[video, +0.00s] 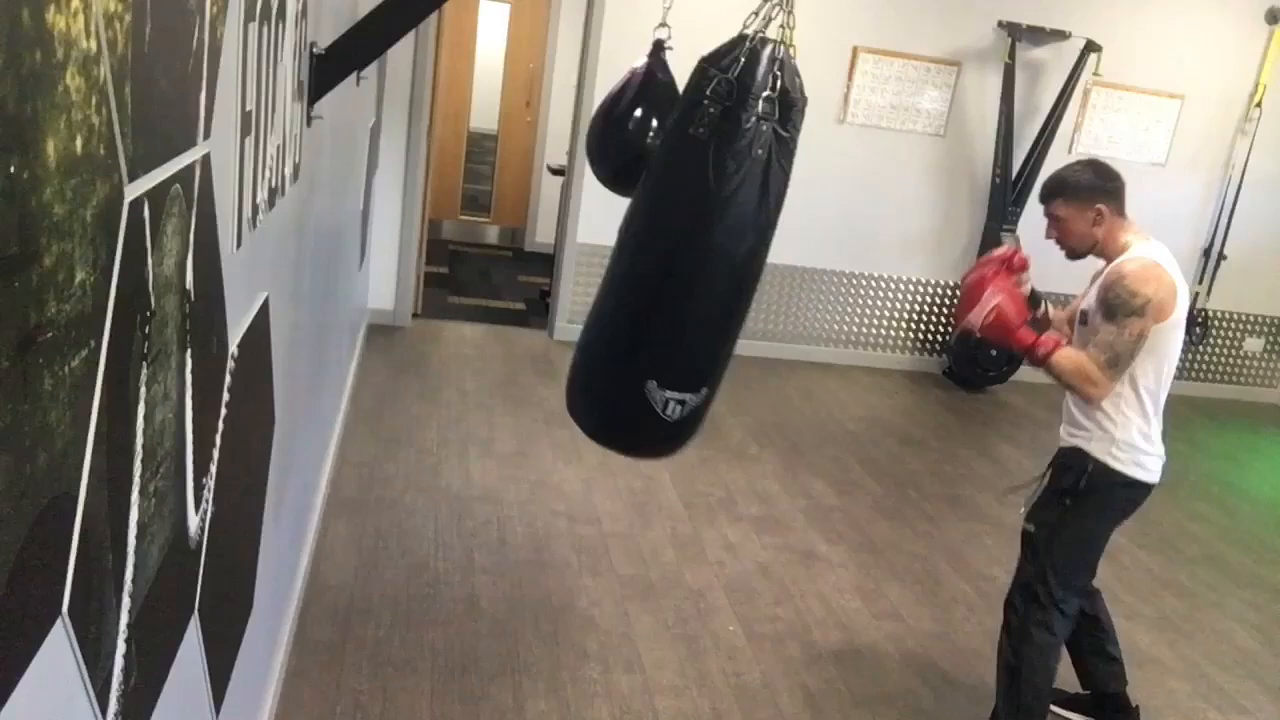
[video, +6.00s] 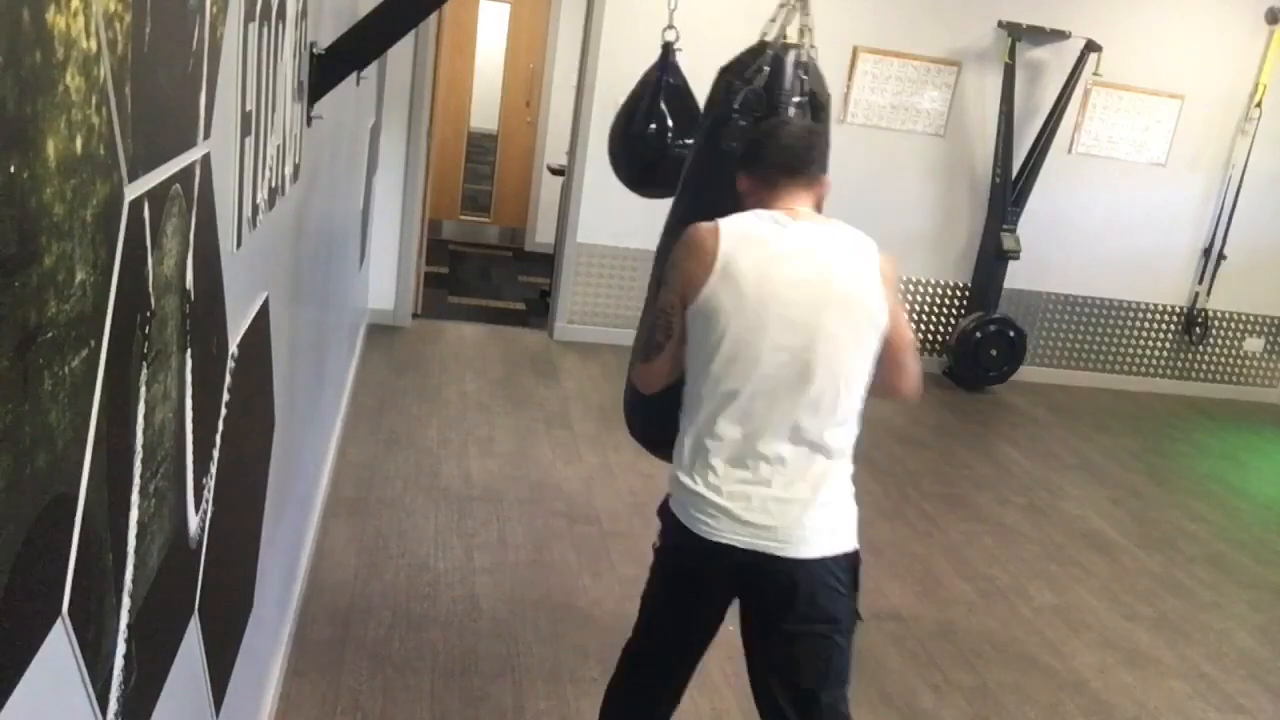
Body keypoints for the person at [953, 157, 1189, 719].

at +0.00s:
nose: (1052, 235)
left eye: (1057, 222)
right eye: (1049, 223)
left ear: (1099, 214)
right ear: (1101, 215)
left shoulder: (1139, 276)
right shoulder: (1128, 263)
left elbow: (1094, 380)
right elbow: (1073, 325)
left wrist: (1021, 335)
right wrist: (1022, 302)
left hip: (1103, 462)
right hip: (1101, 454)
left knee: (1036, 600)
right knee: (1069, 582)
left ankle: (1016, 713)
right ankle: (1110, 699)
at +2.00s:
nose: (969, 216)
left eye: (972, 202)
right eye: (968, 203)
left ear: (1006, 199)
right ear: (1028, 196)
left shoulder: (1033, 261)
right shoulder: (1077, 247)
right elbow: (959, 280)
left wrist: (868, 366)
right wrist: (885, 250)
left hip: (1009, 491)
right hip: (1075, 496)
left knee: (912, 640)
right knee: (1052, 641)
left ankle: (885, 712)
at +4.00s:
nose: (1064, 229)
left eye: (1066, 215)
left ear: (1079, 220)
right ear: (1170, 240)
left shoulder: (1003, 310)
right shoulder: (1224, 366)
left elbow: (891, 455)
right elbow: (1206, 536)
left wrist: (964, 410)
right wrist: (1139, 466)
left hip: (938, 637)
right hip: (1071, 679)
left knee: (889, 710)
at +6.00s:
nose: (740, 188)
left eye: (741, 179)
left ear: (746, 182)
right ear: (823, 184)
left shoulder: (706, 244)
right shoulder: (873, 265)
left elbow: (649, 376)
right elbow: (904, 384)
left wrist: (715, 327)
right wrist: (827, 358)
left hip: (702, 530)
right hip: (810, 549)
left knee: (642, 691)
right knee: (812, 709)